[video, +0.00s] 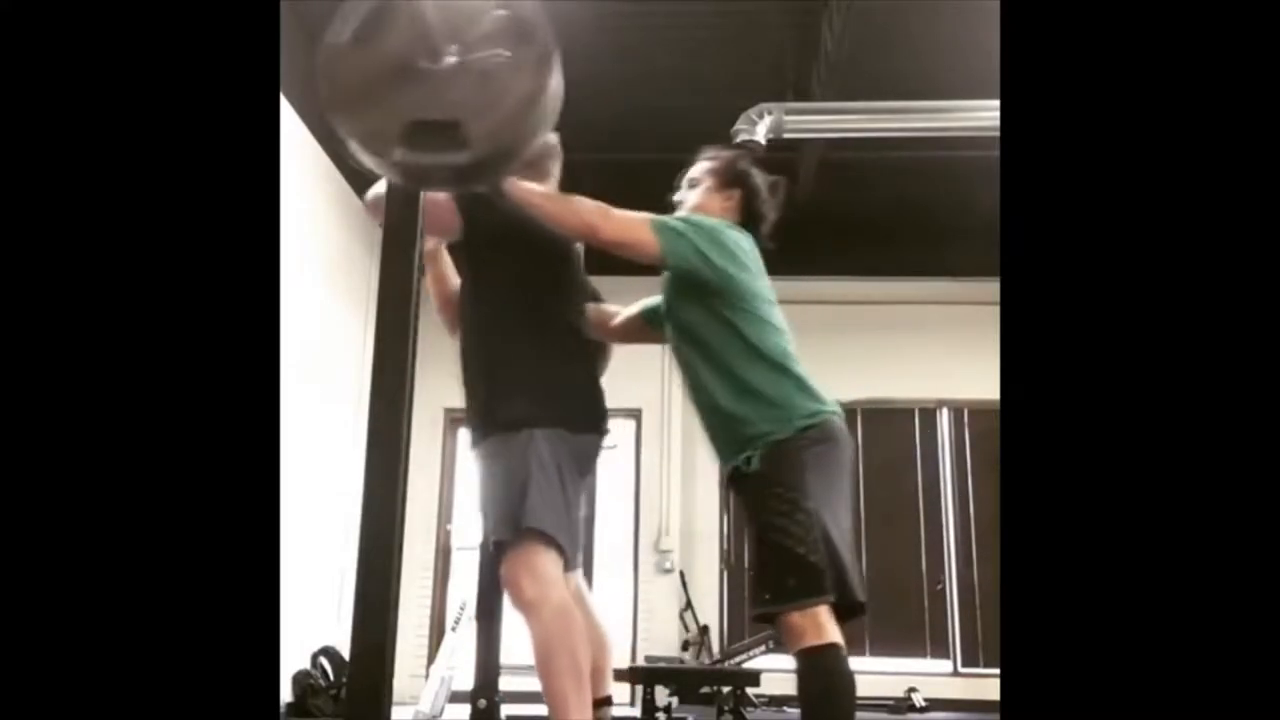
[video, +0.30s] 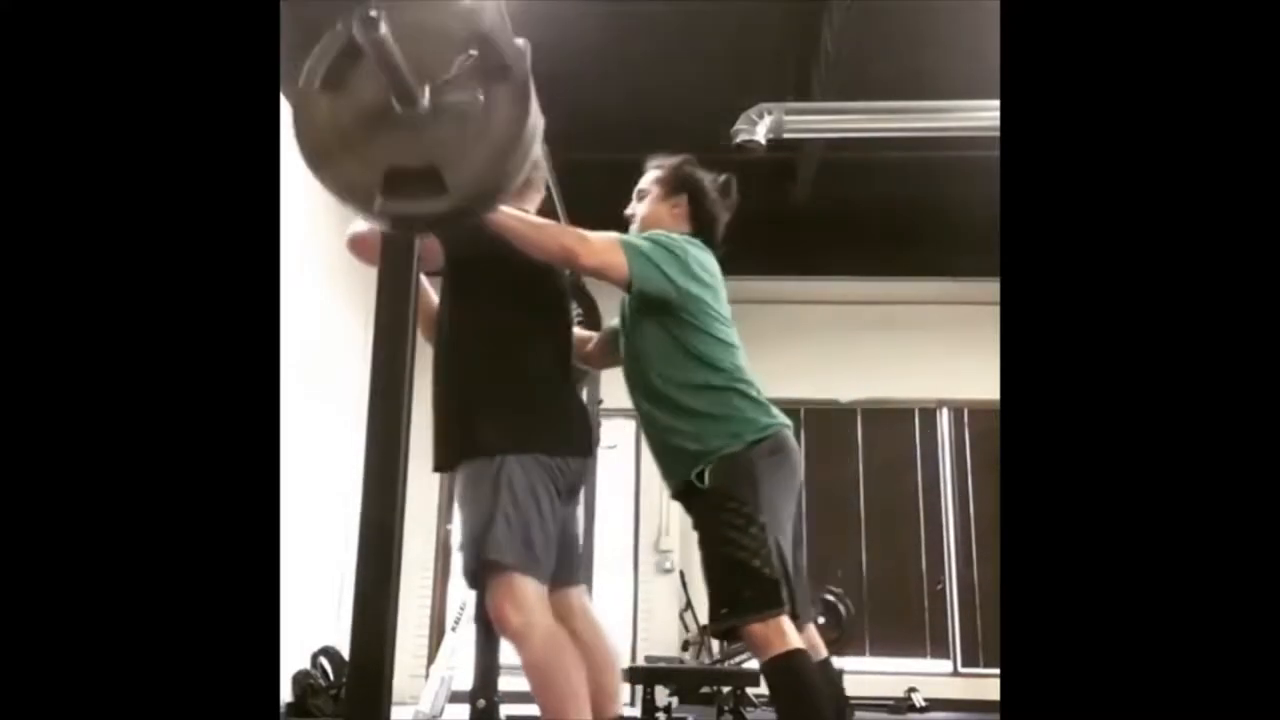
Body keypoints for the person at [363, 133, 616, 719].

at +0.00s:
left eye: (490, 155)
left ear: (507, 159)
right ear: (549, 168)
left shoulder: (509, 203)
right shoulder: (533, 227)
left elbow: (386, 205)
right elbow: (460, 319)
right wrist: (432, 244)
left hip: (537, 409)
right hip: (546, 413)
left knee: (529, 573)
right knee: (556, 576)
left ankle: (572, 714)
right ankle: (595, 707)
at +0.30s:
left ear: (484, 171)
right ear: (540, 180)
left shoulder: (484, 225)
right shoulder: (537, 239)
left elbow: (366, 241)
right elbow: (451, 333)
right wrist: (404, 279)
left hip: (512, 439)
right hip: (556, 438)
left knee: (517, 608)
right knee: (567, 605)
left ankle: (575, 714)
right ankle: (607, 712)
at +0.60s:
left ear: (476, 172)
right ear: (542, 173)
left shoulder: (485, 236)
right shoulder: (552, 244)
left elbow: (399, 286)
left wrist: (344, 316)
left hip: (547, 442)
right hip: (598, 435)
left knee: (541, 602)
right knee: (596, 602)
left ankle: (582, 716)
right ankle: (623, 715)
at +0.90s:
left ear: (490, 171)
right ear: (543, 170)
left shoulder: (507, 239)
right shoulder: (544, 239)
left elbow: (510, 359)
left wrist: (525, 470)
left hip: (560, 442)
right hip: (594, 438)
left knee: (553, 604)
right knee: (597, 606)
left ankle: (587, 712)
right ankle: (622, 713)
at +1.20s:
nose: (486, 197)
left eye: (500, 177)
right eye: (483, 180)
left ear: (535, 169)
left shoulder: (545, 235)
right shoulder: (520, 248)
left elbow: (558, 319)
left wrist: (561, 442)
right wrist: (512, 463)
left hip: (571, 436)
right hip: (546, 439)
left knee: (559, 596)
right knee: (558, 599)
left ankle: (592, 713)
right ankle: (583, 710)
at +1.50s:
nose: (510, 200)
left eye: (520, 184)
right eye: (497, 191)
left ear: (551, 173)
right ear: (483, 201)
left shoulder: (574, 238)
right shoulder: (506, 285)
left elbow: (575, 326)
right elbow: (500, 392)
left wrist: (472, 386)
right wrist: (429, 438)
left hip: (569, 451)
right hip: (516, 456)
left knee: (554, 603)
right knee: (520, 604)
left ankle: (590, 716)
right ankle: (564, 716)